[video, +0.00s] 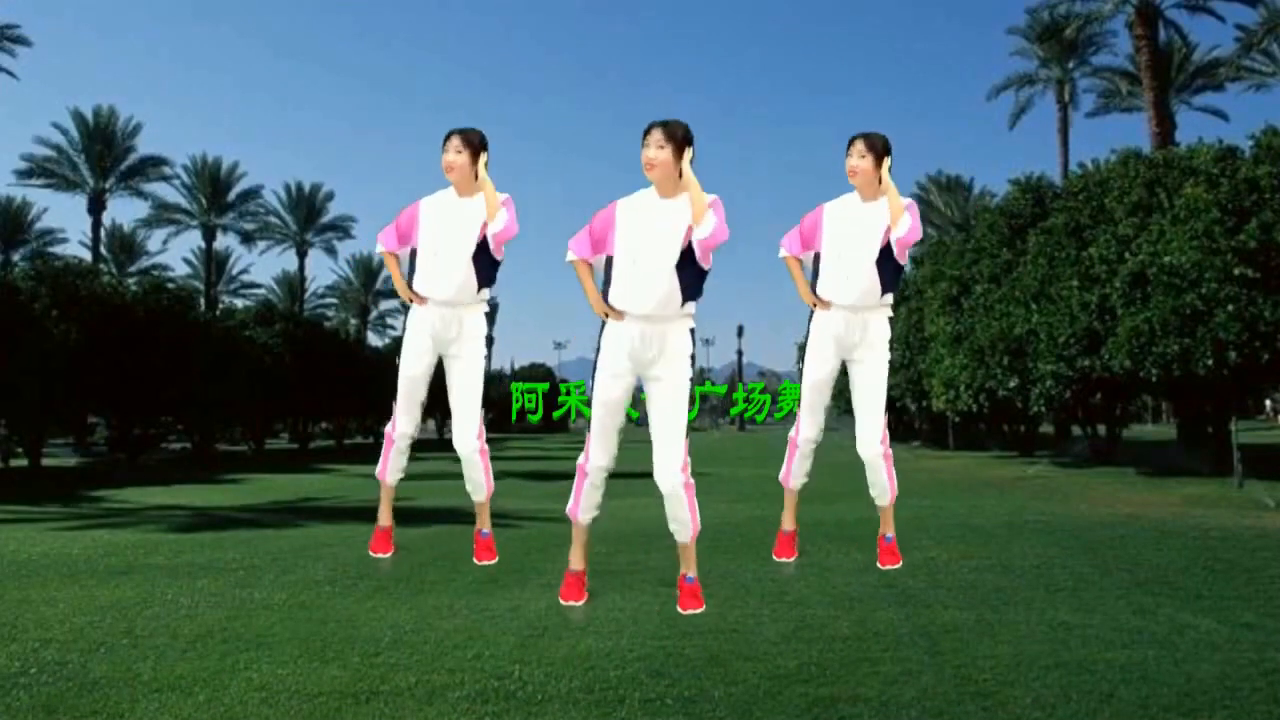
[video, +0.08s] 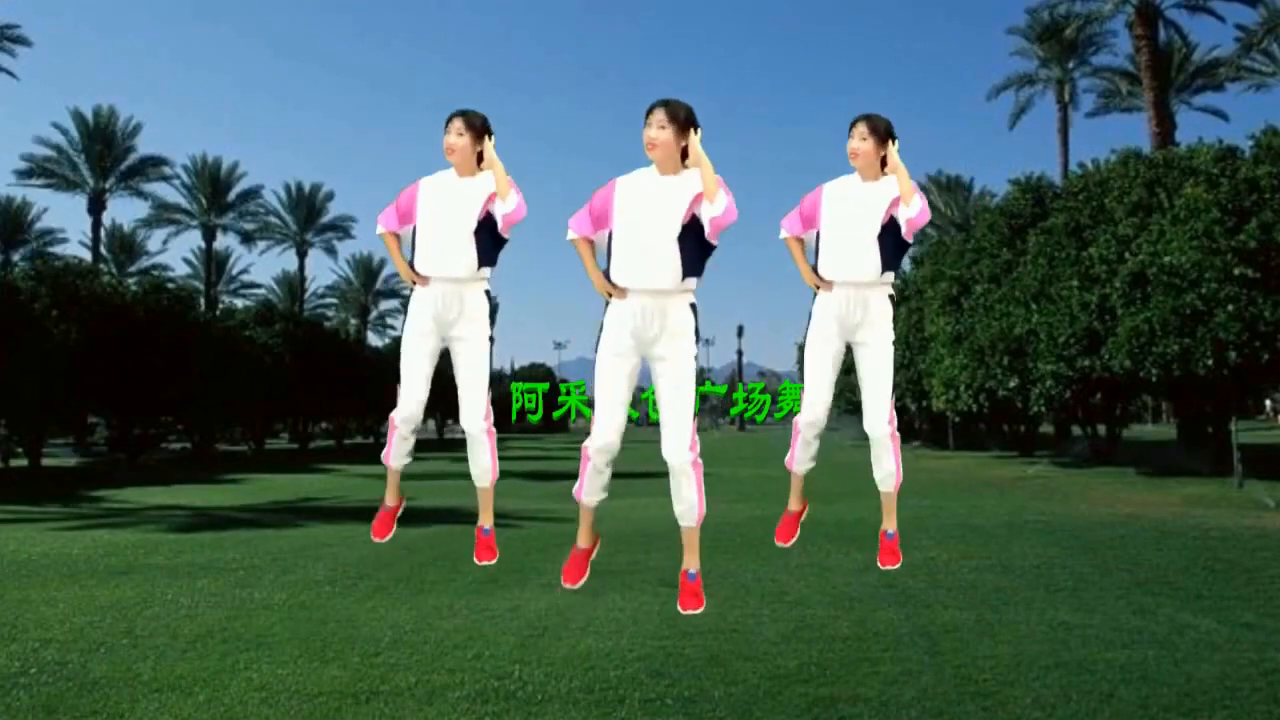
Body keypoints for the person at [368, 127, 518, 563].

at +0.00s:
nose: (448, 159)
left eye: (457, 152)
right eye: (445, 152)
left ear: (477, 160)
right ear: (443, 160)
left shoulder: (498, 204)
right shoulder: (427, 206)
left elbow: (500, 239)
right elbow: (388, 241)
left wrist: (485, 183)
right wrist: (402, 287)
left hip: (469, 320)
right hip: (424, 316)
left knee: (468, 432)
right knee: (404, 422)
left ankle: (484, 527)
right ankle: (384, 519)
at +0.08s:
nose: (449, 140)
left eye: (458, 134)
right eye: (447, 133)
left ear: (479, 142)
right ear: (446, 142)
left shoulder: (496, 187)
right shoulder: (426, 187)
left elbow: (512, 217)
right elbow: (386, 223)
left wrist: (494, 162)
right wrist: (402, 267)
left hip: (471, 300)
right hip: (426, 296)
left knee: (476, 415)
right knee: (409, 408)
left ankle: (486, 522)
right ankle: (391, 497)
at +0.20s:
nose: (455, 138)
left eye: (465, 133)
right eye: (453, 132)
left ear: (486, 143)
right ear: (449, 140)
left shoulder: (497, 186)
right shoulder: (427, 183)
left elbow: (508, 224)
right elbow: (386, 223)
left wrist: (498, 166)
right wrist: (403, 272)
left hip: (476, 293)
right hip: (432, 292)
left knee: (477, 411)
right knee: (428, 410)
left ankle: (479, 521)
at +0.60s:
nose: (462, 149)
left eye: (470, 142)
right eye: (458, 142)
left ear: (485, 155)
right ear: (451, 150)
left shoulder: (492, 202)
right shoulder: (426, 190)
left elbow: (455, 195)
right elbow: (380, 230)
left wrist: (477, 151)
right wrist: (390, 278)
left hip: (460, 302)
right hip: (417, 298)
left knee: (467, 421)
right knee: (409, 419)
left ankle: (475, 523)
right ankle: (401, 496)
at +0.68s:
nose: (457, 155)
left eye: (468, 147)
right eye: (453, 147)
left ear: (484, 156)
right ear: (446, 153)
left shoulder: (489, 201)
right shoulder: (423, 193)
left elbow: (444, 196)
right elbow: (377, 230)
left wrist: (449, 146)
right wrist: (387, 276)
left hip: (452, 307)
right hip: (409, 302)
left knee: (459, 423)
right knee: (398, 419)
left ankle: (470, 525)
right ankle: (382, 506)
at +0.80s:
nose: (447, 188)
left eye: (456, 180)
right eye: (442, 181)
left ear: (474, 187)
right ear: (438, 187)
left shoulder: (482, 234)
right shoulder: (419, 227)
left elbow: (440, 233)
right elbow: (372, 257)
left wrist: (411, 183)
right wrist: (378, 301)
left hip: (442, 343)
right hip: (400, 333)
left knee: (442, 451)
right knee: (385, 439)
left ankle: (461, 534)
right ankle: (369, 519)